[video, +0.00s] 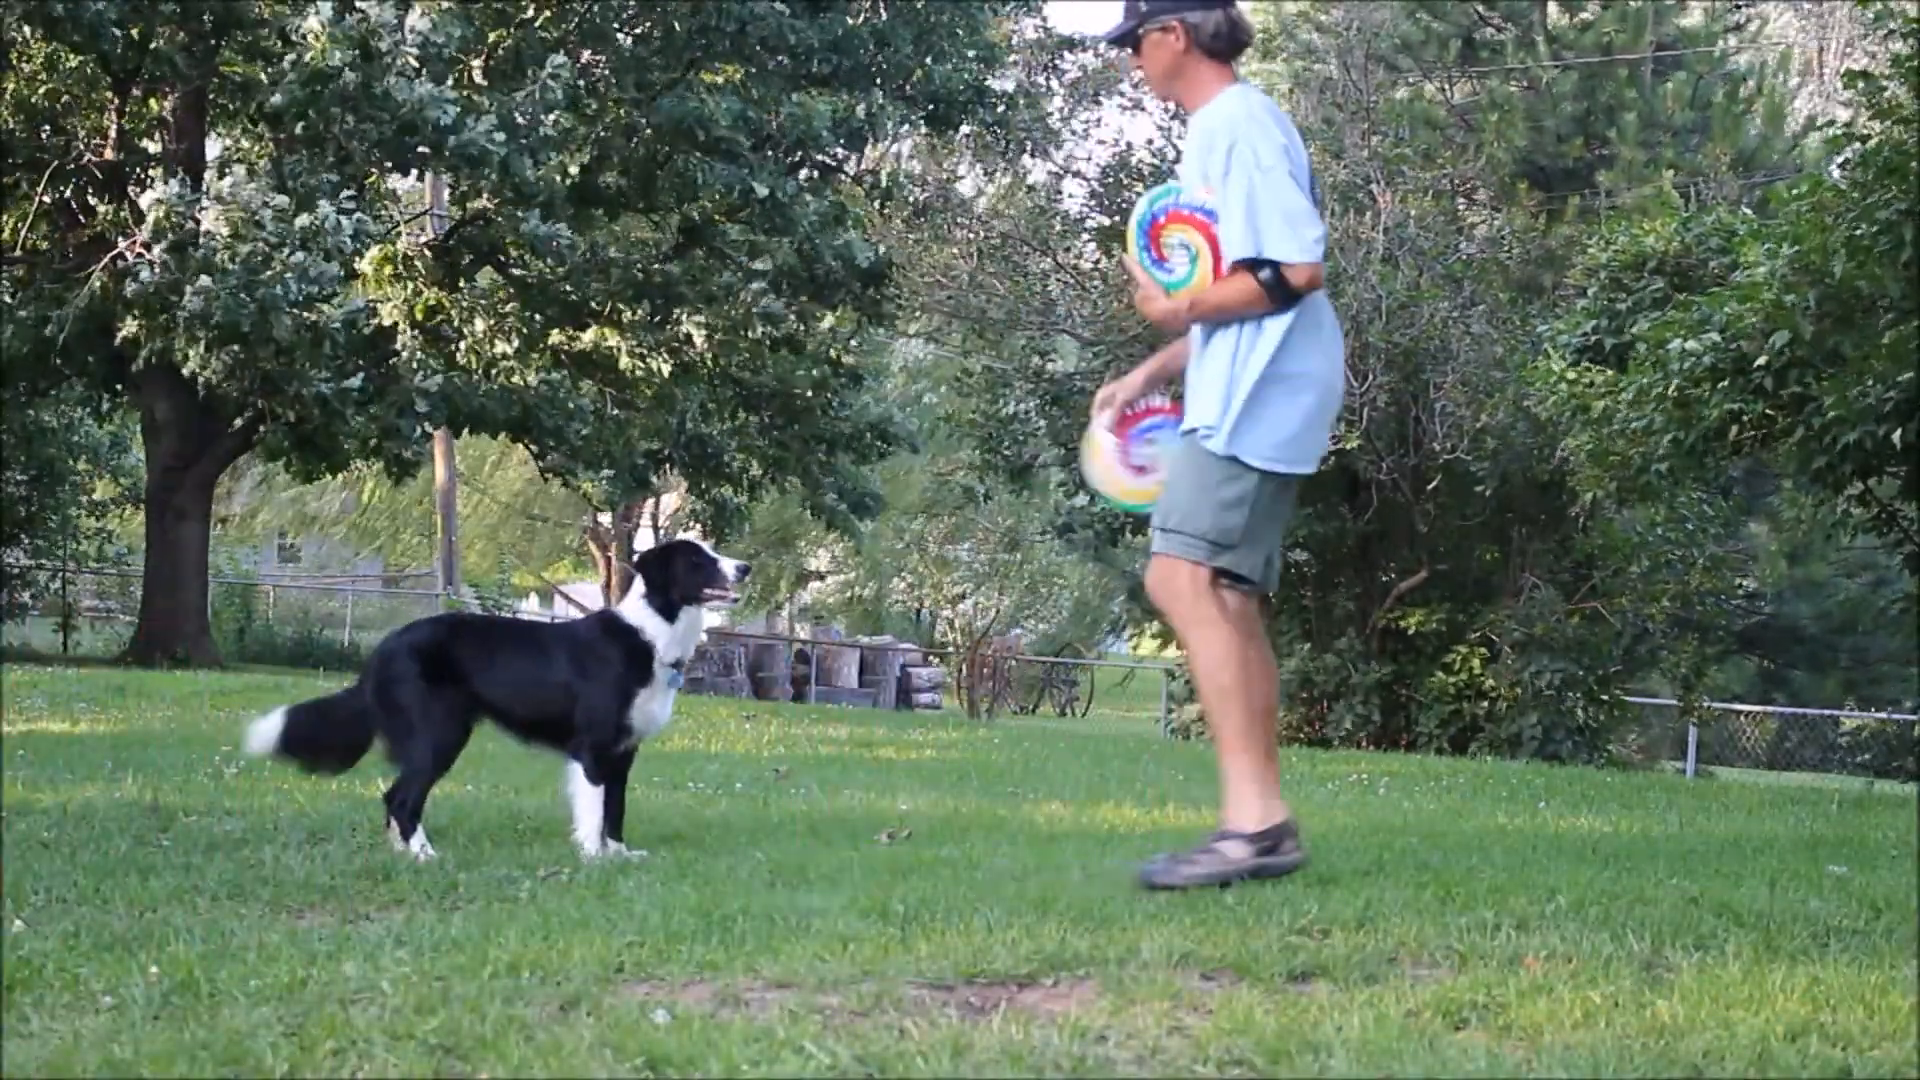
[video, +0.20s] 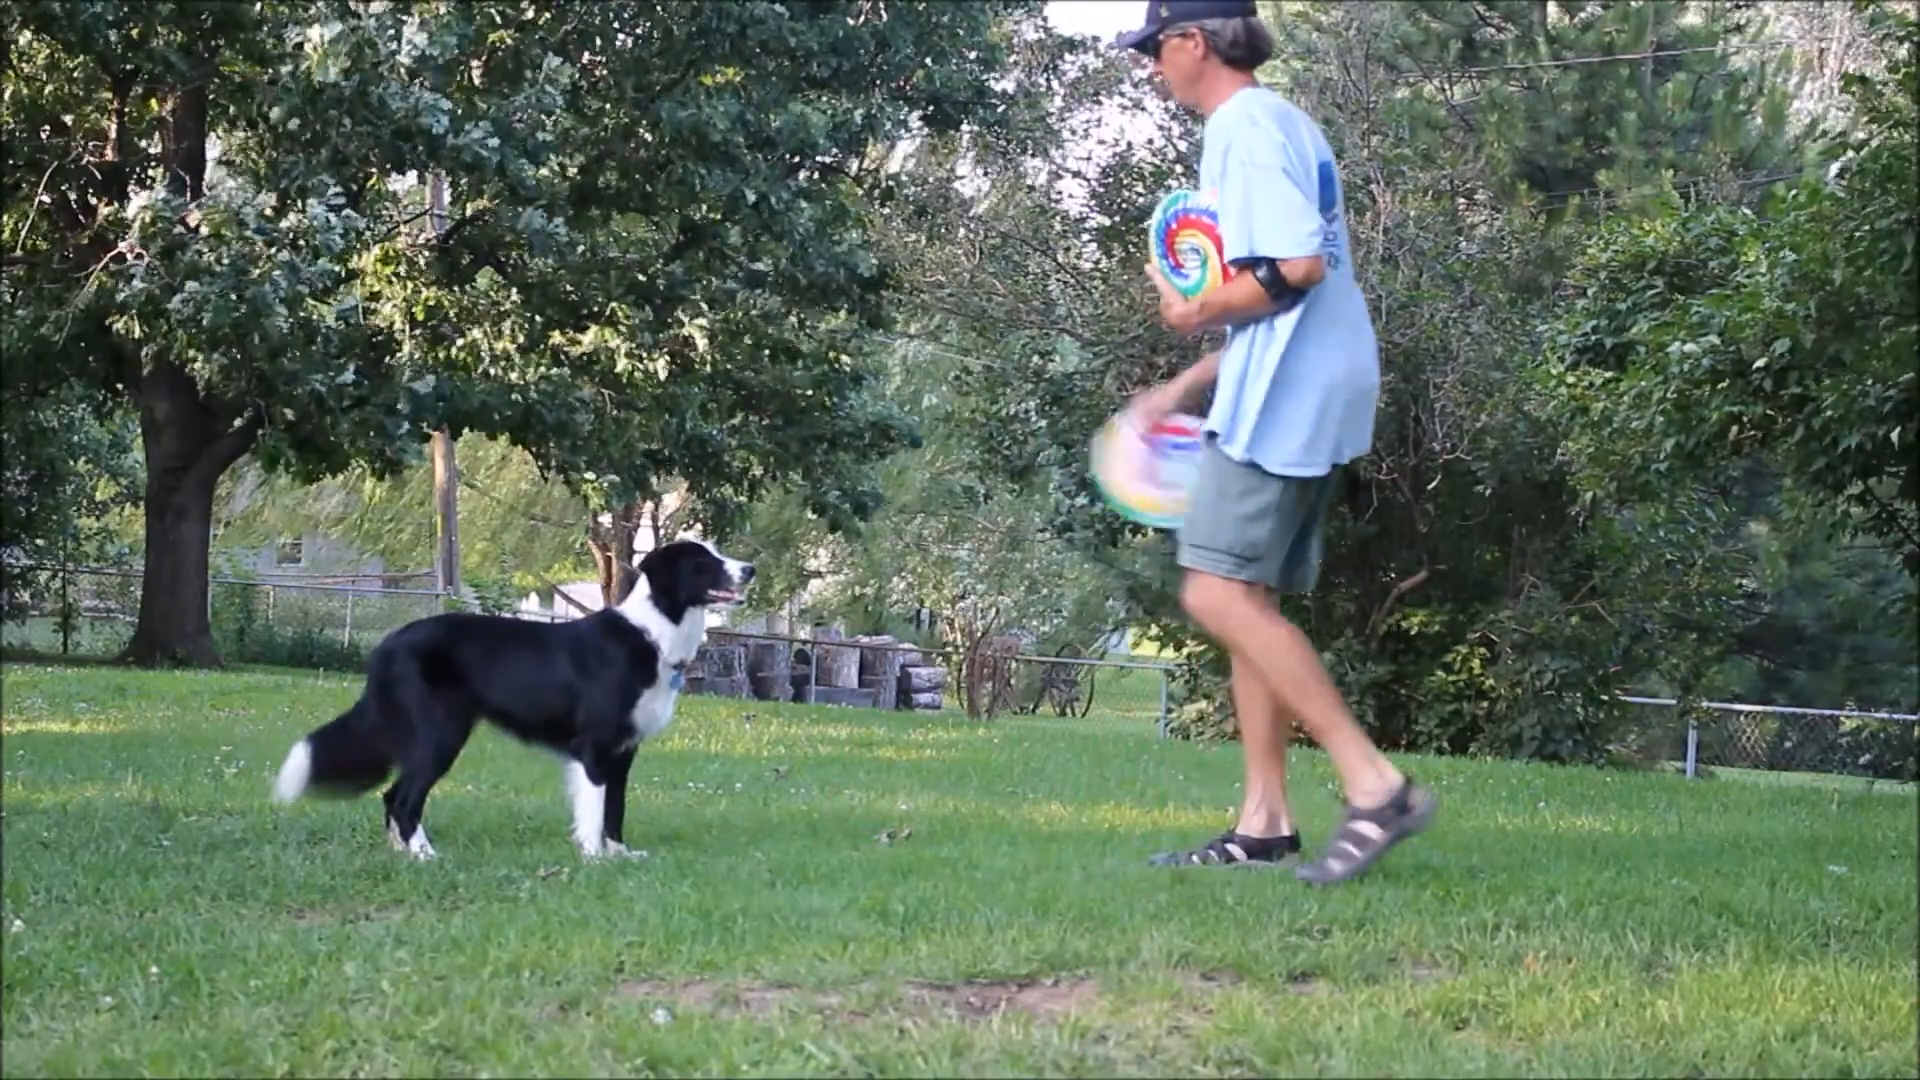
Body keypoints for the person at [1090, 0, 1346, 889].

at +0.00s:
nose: (1131, 60)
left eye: (1138, 42)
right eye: (1132, 45)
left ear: (1175, 40)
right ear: (1183, 42)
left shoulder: (1241, 124)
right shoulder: (1219, 130)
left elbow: (1295, 269)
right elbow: (1234, 295)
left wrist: (1177, 306)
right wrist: (1143, 379)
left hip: (1262, 392)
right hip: (1254, 394)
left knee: (1177, 578)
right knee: (1234, 602)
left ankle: (1252, 823)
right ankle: (1261, 820)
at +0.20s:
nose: (1154, 66)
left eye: (1160, 48)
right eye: (1153, 51)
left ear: (1200, 45)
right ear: (1217, 46)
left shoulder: (1246, 125)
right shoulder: (1279, 125)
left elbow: (1296, 264)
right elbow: (1281, 302)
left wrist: (1199, 310)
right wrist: (1185, 388)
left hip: (1291, 388)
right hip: (1302, 389)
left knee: (1211, 588)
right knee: (1247, 600)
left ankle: (1377, 791)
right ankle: (1263, 825)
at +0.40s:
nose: (1171, 75)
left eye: (1175, 57)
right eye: (1170, 61)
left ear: (1213, 51)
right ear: (1225, 52)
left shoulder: (1281, 131)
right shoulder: (1258, 144)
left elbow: (1340, 270)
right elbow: (1297, 315)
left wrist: (1237, 321)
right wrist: (1207, 391)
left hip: (1340, 405)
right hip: (1301, 408)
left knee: (1322, 608)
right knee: (1258, 600)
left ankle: (1425, 839)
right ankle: (1267, 822)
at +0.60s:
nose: (1186, 69)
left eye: (1193, 50)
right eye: (1185, 55)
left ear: (1235, 48)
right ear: (1239, 51)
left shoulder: (1312, 127)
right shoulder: (1274, 149)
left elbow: (1386, 260)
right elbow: (1302, 322)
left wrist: (1271, 319)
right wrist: (1194, 384)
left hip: (1375, 406)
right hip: (1330, 407)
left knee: (1342, 603)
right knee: (1279, 595)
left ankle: (1427, 841)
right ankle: (1272, 820)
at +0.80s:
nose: (1180, 78)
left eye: (1185, 58)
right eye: (1180, 62)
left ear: (1224, 54)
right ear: (1233, 55)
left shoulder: (1299, 129)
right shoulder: (1265, 151)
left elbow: (1374, 265)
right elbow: (1291, 319)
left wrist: (1267, 324)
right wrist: (1182, 372)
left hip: (1368, 407)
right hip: (1323, 410)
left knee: (1337, 605)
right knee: (1270, 596)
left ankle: (1426, 841)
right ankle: (1279, 826)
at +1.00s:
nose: (1144, 105)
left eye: (1148, 87)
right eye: (1142, 90)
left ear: (1186, 77)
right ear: (1190, 79)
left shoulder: (1270, 150)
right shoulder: (1236, 173)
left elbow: (1356, 270)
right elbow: (1275, 345)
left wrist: (1254, 338)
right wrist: (1183, 421)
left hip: (1358, 412)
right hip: (1312, 413)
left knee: (1305, 604)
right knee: (1249, 598)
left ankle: (1421, 836)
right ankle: (1278, 826)